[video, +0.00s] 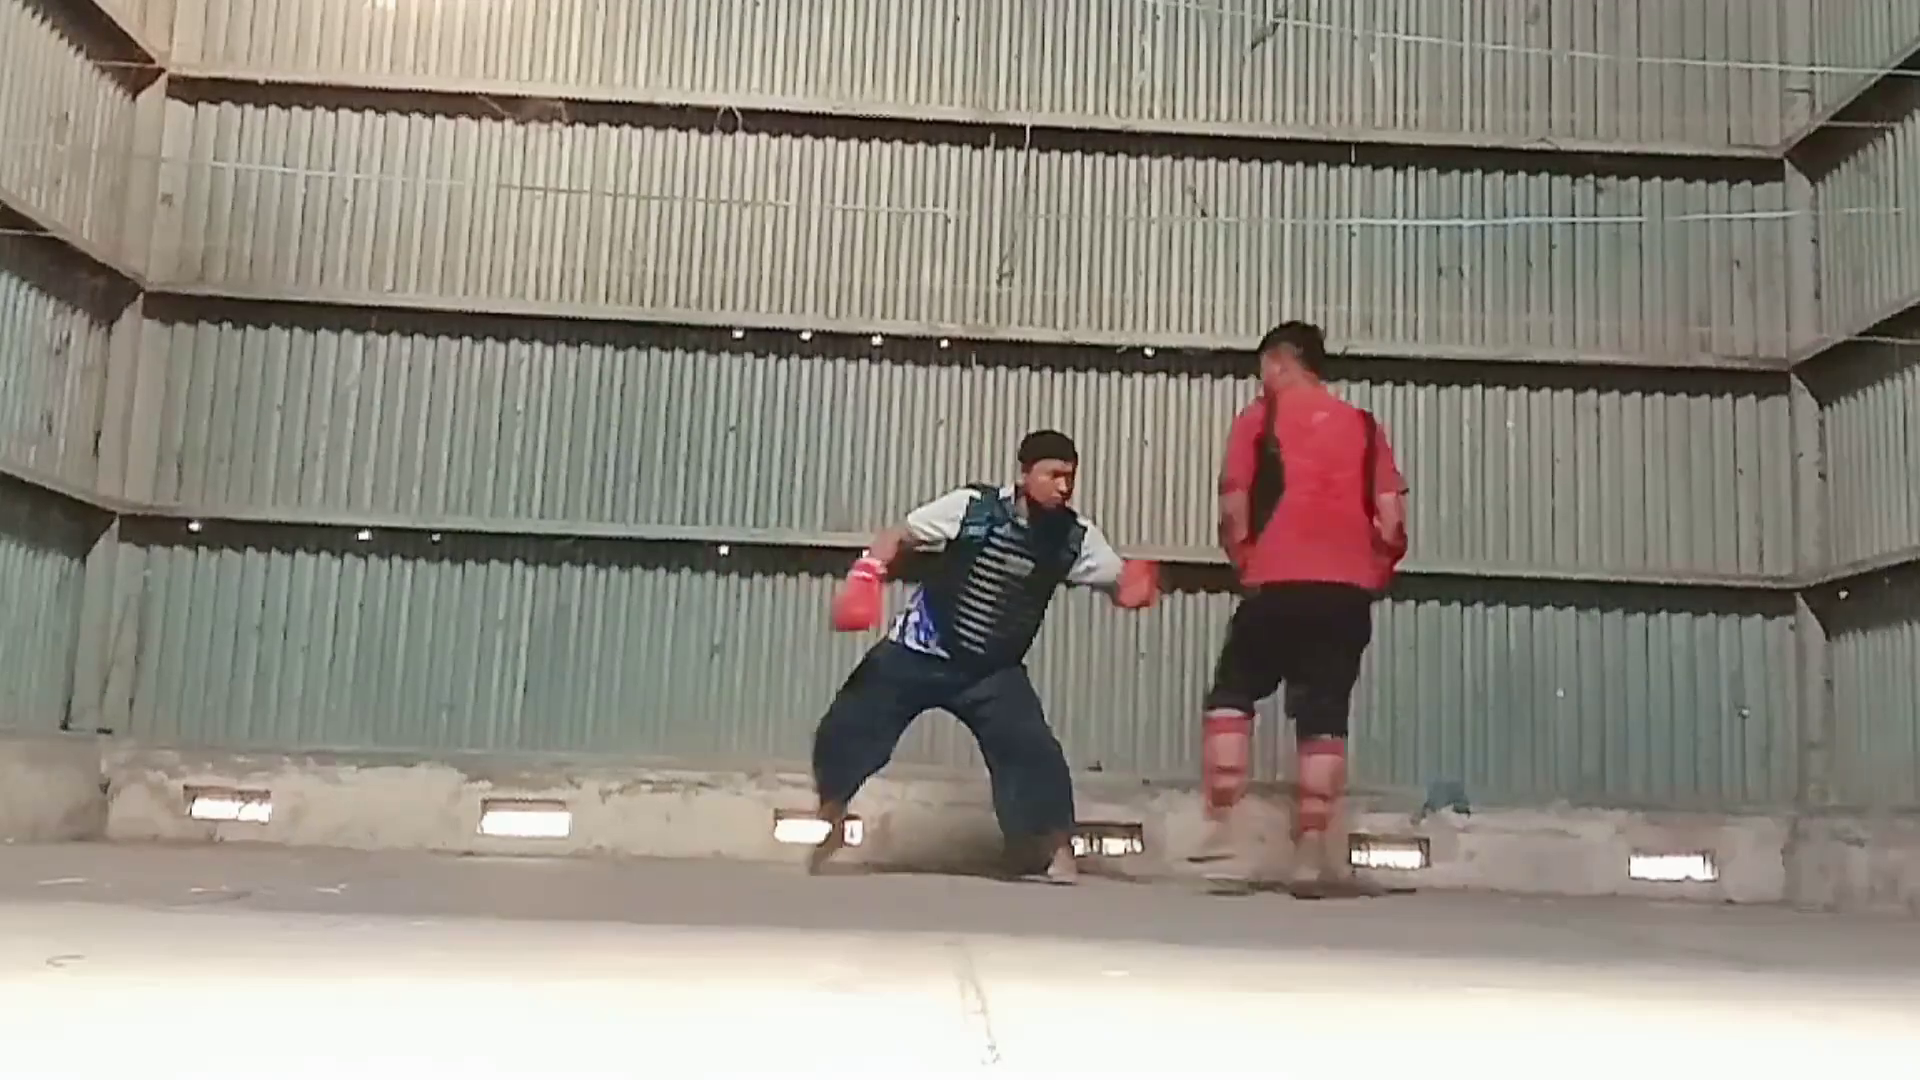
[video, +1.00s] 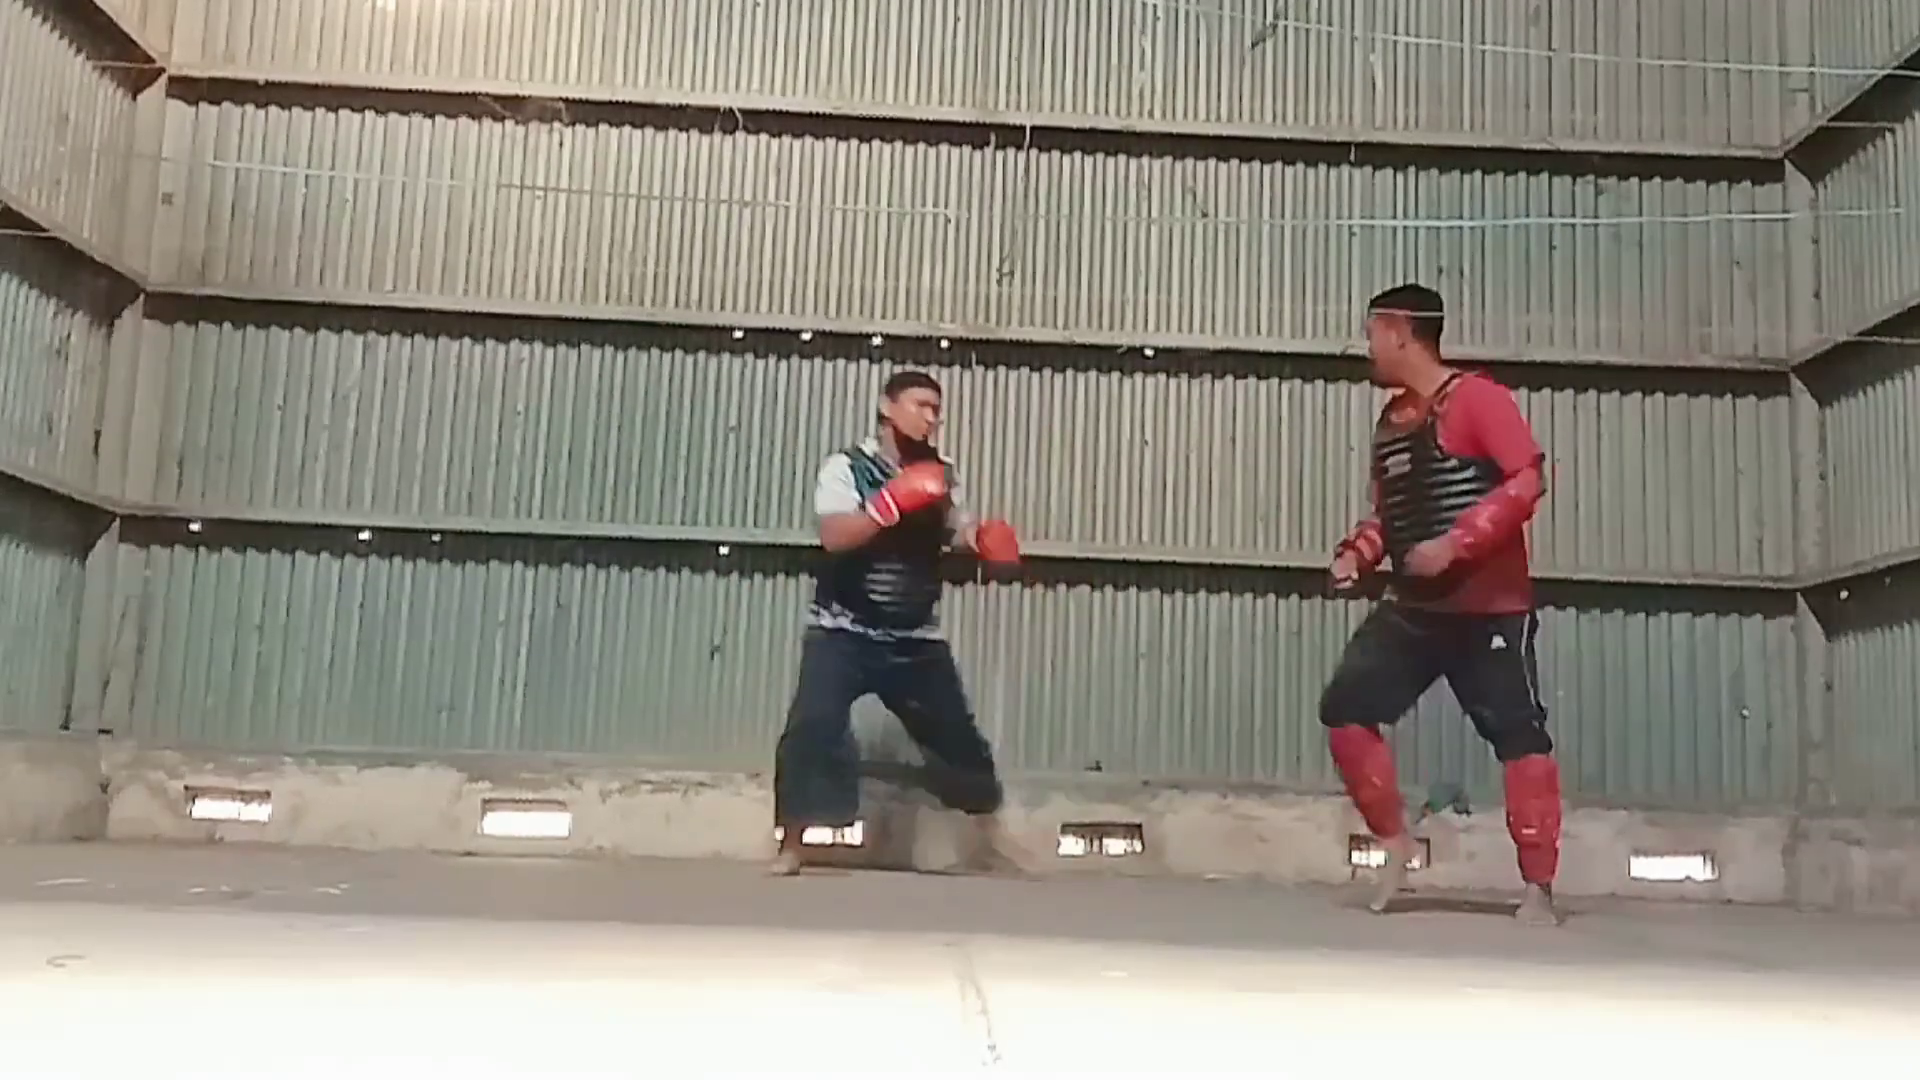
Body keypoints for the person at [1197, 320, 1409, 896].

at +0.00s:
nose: (1261, 380)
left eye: (1262, 370)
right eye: (1261, 372)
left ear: (1280, 362)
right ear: (1318, 365)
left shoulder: (1258, 415)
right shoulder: (1365, 423)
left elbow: (1234, 503)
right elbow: (1391, 521)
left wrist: (1247, 567)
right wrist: (1371, 576)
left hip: (1276, 593)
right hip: (1346, 595)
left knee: (1230, 700)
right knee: (1323, 715)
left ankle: (1225, 831)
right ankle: (1314, 854)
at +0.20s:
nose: (1324, 380)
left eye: (1328, 367)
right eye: (1325, 368)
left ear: (1350, 366)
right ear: (1375, 370)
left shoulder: (1350, 427)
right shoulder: (1411, 436)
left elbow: (1303, 513)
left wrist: (1273, 550)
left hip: (1390, 610)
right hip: (1414, 608)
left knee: (1383, 735)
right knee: (1363, 737)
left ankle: (1509, 825)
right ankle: (1377, 876)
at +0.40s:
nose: (1363, 392)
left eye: (1370, 379)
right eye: (1366, 380)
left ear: (1395, 383)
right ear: (1405, 384)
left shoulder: (1432, 445)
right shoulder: (1410, 453)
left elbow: (1418, 538)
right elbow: (1428, 554)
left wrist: (1354, 583)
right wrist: (1384, 600)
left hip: (1486, 627)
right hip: (1442, 632)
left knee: (1539, 752)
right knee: (1383, 743)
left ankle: (1618, 889)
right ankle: (1389, 876)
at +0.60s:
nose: (1364, 360)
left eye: (1369, 347)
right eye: (1366, 348)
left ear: (1392, 349)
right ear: (1403, 350)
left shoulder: (1457, 408)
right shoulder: (1401, 425)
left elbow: (1497, 496)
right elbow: (1423, 520)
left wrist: (1494, 584)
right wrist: (1387, 566)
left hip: (1498, 594)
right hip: (1440, 605)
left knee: (1542, 732)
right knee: (1417, 731)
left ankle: (1608, 874)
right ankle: (1432, 876)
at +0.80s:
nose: (1352, 354)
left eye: (1358, 341)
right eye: (1354, 342)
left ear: (1386, 341)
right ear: (1385, 343)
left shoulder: (1463, 396)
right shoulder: (1378, 431)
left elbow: (1547, 458)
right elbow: (1373, 519)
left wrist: (1540, 536)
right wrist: (1353, 565)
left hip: (1491, 597)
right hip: (1420, 608)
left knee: (1508, 722)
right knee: (1410, 738)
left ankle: (1570, 867)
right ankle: (1435, 881)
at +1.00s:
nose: (1366, 347)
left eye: (1372, 334)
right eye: (1367, 335)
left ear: (1401, 332)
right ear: (1403, 334)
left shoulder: (1479, 398)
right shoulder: (1393, 419)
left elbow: (1527, 482)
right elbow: (1392, 513)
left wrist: (1454, 545)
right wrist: (1363, 546)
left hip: (1489, 613)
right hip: (1414, 610)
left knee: (1520, 738)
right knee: (1346, 711)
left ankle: (1538, 890)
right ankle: (1399, 849)